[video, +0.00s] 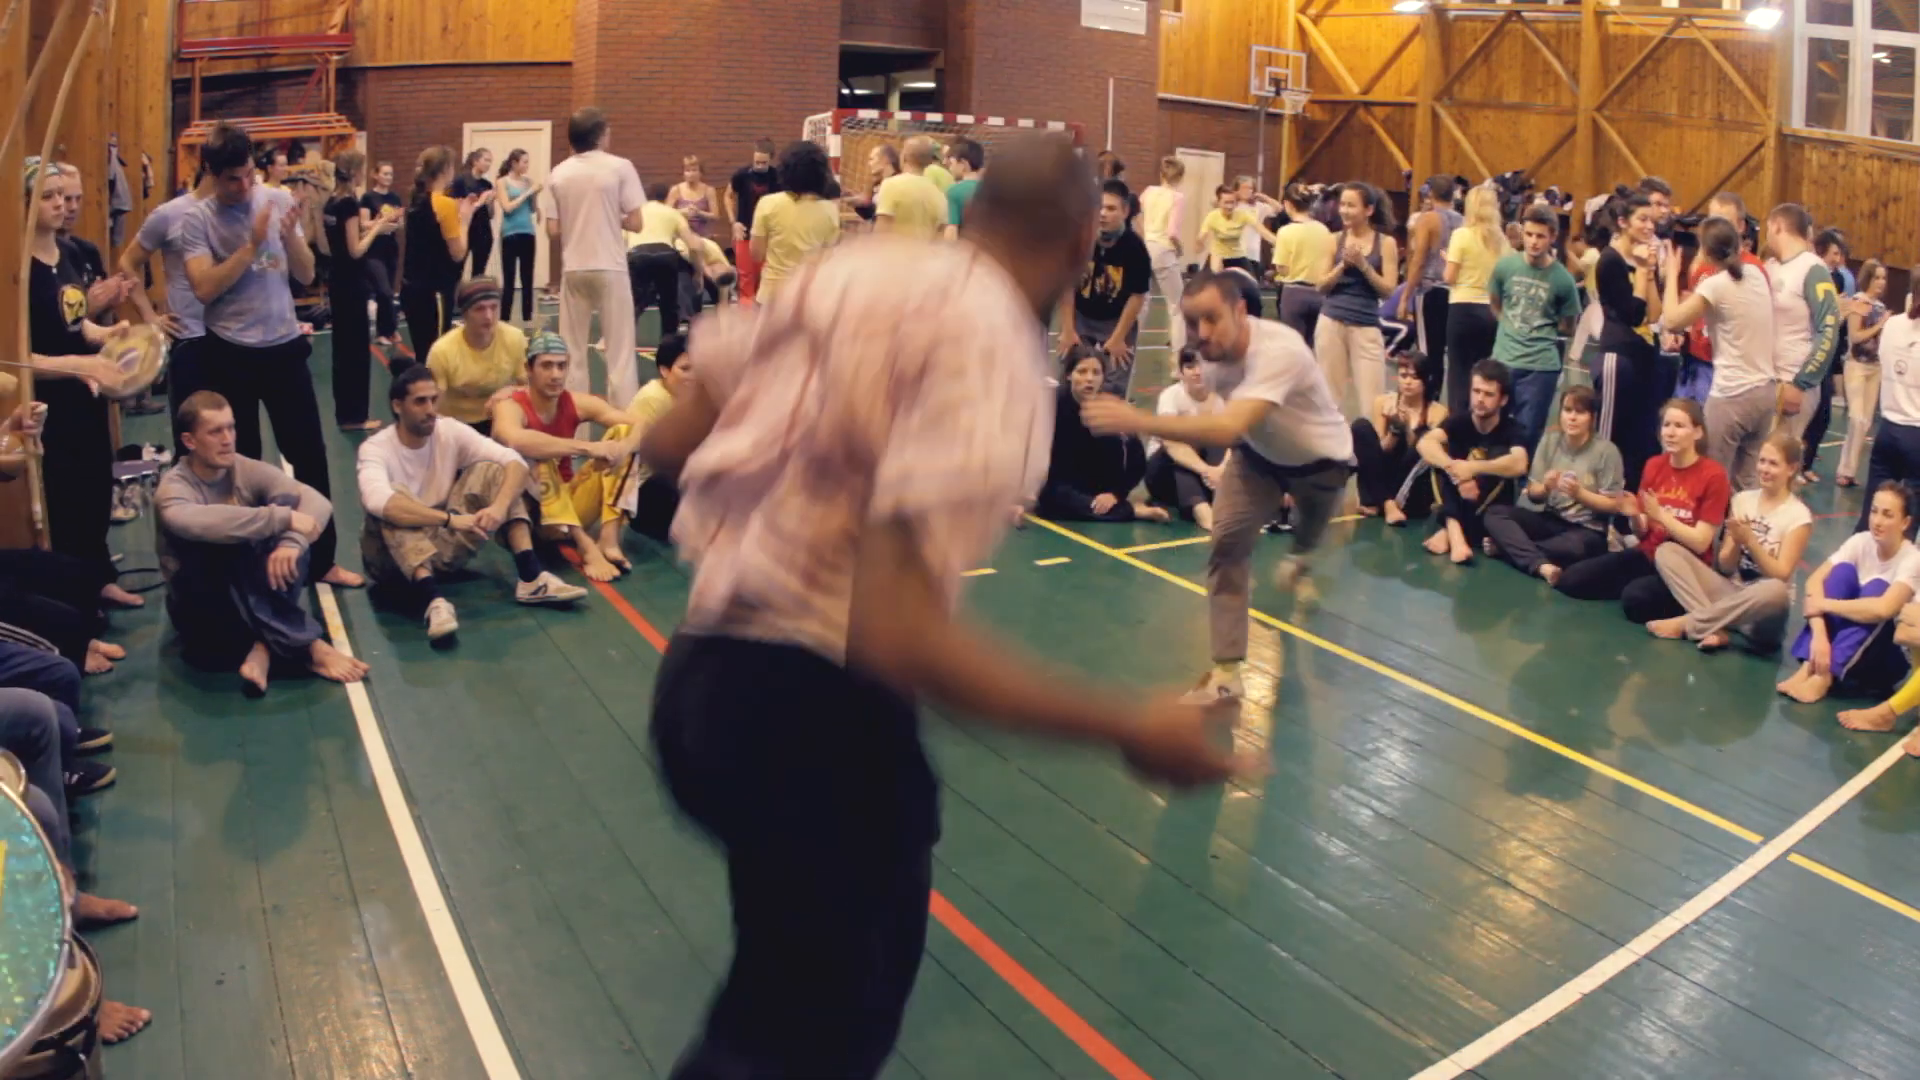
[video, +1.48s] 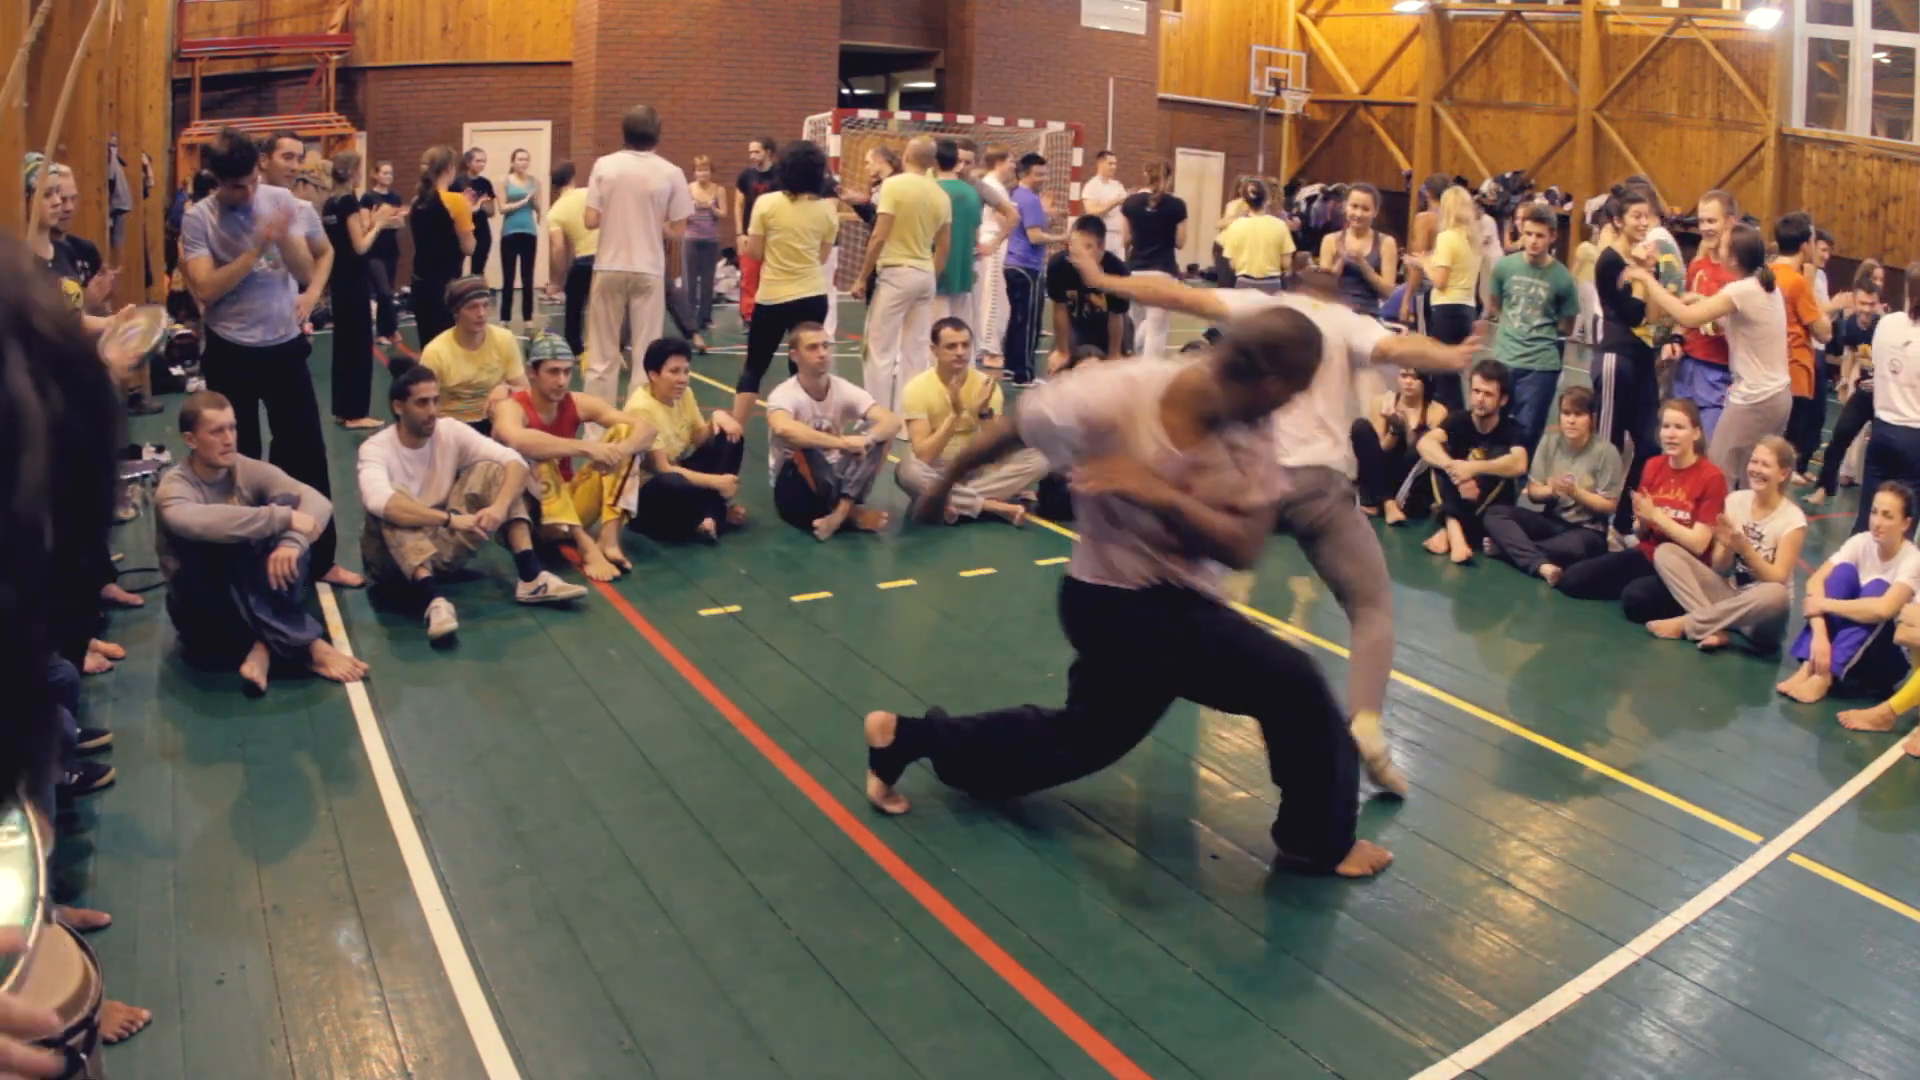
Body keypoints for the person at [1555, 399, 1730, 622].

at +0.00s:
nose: (1670, 432)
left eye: (1679, 426)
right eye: (1666, 425)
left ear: (1698, 432)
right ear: (1659, 429)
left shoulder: (1714, 475)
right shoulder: (1654, 465)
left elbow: (1701, 542)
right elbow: (1642, 531)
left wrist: (1660, 515)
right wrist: (1634, 514)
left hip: (1685, 565)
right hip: (1647, 555)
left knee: (1635, 601)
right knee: (1569, 581)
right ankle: (1636, 582)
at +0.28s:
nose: (1670, 432)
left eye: (1679, 426)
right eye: (1667, 425)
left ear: (1698, 433)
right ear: (1660, 428)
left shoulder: (1714, 476)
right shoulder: (1654, 465)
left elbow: (1701, 542)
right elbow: (1642, 532)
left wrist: (1659, 512)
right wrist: (1637, 514)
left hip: (1684, 566)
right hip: (1647, 555)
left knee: (1635, 601)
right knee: (1569, 581)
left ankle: (1693, 604)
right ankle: (1635, 583)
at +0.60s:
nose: (1669, 432)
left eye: (1678, 426)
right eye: (1666, 425)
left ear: (1697, 433)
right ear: (1659, 428)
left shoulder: (1713, 475)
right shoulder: (1654, 465)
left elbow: (1701, 542)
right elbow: (1641, 532)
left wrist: (1658, 513)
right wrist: (1636, 514)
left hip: (1684, 565)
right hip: (1647, 555)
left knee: (1635, 601)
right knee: (1570, 581)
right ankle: (1635, 582)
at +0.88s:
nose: (1668, 432)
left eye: (1677, 426)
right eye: (1664, 425)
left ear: (1696, 432)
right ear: (1658, 430)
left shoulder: (1712, 474)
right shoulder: (1653, 465)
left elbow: (1700, 542)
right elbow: (1640, 531)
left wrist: (1656, 515)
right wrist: (1642, 518)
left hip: (1684, 566)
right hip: (1647, 555)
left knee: (1635, 600)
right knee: (1570, 581)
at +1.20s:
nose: (1670, 433)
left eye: (1679, 426)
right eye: (1665, 426)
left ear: (1696, 432)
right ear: (1658, 430)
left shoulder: (1711, 475)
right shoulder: (1653, 465)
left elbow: (1699, 543)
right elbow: (1639, 530)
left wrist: (1654, 514)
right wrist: (1644, 517)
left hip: (1684, 566)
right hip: (1647, 555)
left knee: (1635, 600)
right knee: (1571, 581)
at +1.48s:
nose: (1670, 434)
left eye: (1679, 427)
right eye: (1665, 426)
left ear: (1696, 433)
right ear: (1659, 430)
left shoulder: (1712, 477)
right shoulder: (1653, 465)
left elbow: (1698, 544)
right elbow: (1640, 530)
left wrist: (1654, 516)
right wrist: (1642, 520)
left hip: (1682, 566)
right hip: (1646, 555)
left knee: (1635, 601)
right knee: (1570, 582)